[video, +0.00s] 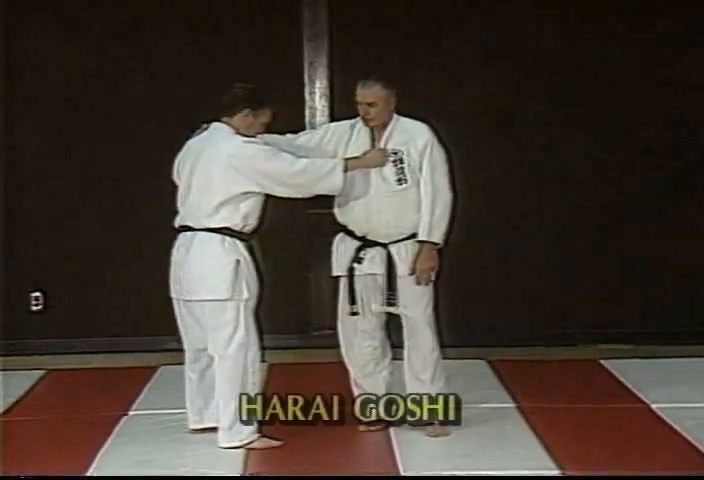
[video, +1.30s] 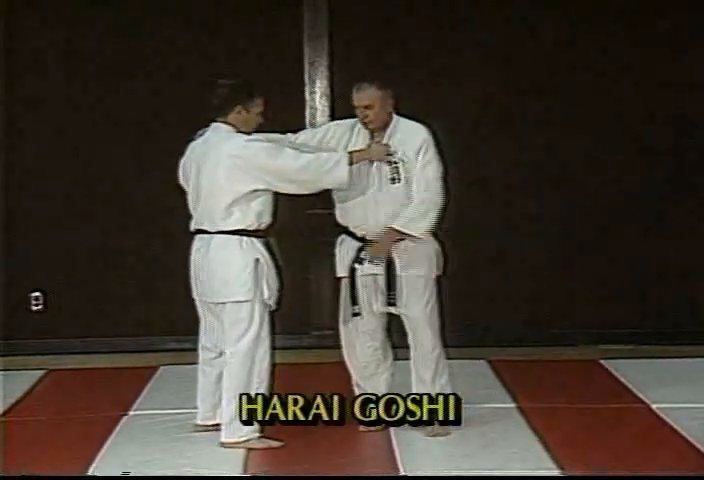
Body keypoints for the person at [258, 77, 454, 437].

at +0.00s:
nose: (365, 112)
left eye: (372, 106)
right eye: (360, 106)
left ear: (391, 102)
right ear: (355, 104)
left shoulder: (419, 137)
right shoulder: (344, 133)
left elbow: (438, 193)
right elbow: (295, 144)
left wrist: (429, 246)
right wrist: (243, 140)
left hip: (408, 247)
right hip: (357, 247)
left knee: (419, 327)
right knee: (360, 327)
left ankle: (429, 408)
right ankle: (372, 407)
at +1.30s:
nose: (363, 116)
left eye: (369, 109)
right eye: (358, 110)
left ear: (389, 105)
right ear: (354, 109)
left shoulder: (415, 137)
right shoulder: (345, 133)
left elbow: (430, 196)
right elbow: (294, 142)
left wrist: (392, 236)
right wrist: (242, 142)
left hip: (410, 244)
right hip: (358, 244)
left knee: (420, 324)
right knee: (360, 325)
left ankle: (433, 407)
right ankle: (373, 404)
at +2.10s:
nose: (388, 113)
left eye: (395, 106)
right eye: (384, 106)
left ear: (417, 104)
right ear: (381, 104)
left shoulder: (434, 139)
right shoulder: (369, 127)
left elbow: (399, 175)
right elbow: (325, 140)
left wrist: (334, 185)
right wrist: (275, 139)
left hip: (425, 245)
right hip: (375, 244)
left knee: (431, 329)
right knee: (374, 329)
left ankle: (435, 406)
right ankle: (386, 404)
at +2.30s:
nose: (394, 116)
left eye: (401, 109)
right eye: (390, 109)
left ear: (422, 105)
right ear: (385, 107)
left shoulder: (443, 139)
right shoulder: (377, 129)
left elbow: (407, 175)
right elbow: (331, 142)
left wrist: (341, 187)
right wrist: (281, 139)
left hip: (439, 245)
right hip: (389, 243)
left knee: (434, 332)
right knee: (384, 330)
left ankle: (428, 409)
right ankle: (393, 406)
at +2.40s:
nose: (396, 121)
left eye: (401, 114)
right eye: (391, 114)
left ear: (422, 107)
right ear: (387, 112)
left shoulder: (446, 140)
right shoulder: (381, 130)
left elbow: (410, 178)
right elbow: (335, 143)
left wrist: (344, 189)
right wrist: (284, 139)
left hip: (445, 245)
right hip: (396, 242)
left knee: (437, 330)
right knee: (389, 328)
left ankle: (431, 411)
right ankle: (394, 408)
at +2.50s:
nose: (397, 128)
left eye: (403, 120)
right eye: (393, 121)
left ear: (423, 112)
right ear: (388, 117)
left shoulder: (449, 142)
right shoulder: (384, 132)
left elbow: (413, 183)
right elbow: (338, 142)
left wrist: (349, 194)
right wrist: (289, 140)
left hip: (449, 244)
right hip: (402, 242)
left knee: (444, 330)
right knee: (396, 328)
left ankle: (436, 411)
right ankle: (396, 408)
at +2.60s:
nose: (398, 130)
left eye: (404, 122)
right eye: (393, 123)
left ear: (424, 114)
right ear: (388, 119)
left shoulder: (450, 143)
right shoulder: (386, 133)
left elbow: (412, 186)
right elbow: (340, 142)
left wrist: (346, 199)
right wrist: (289, 140)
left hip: (453, 243)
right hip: (408, 241)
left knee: (447, 328)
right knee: (403, 325)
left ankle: (440, 406)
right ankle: (403, 401)